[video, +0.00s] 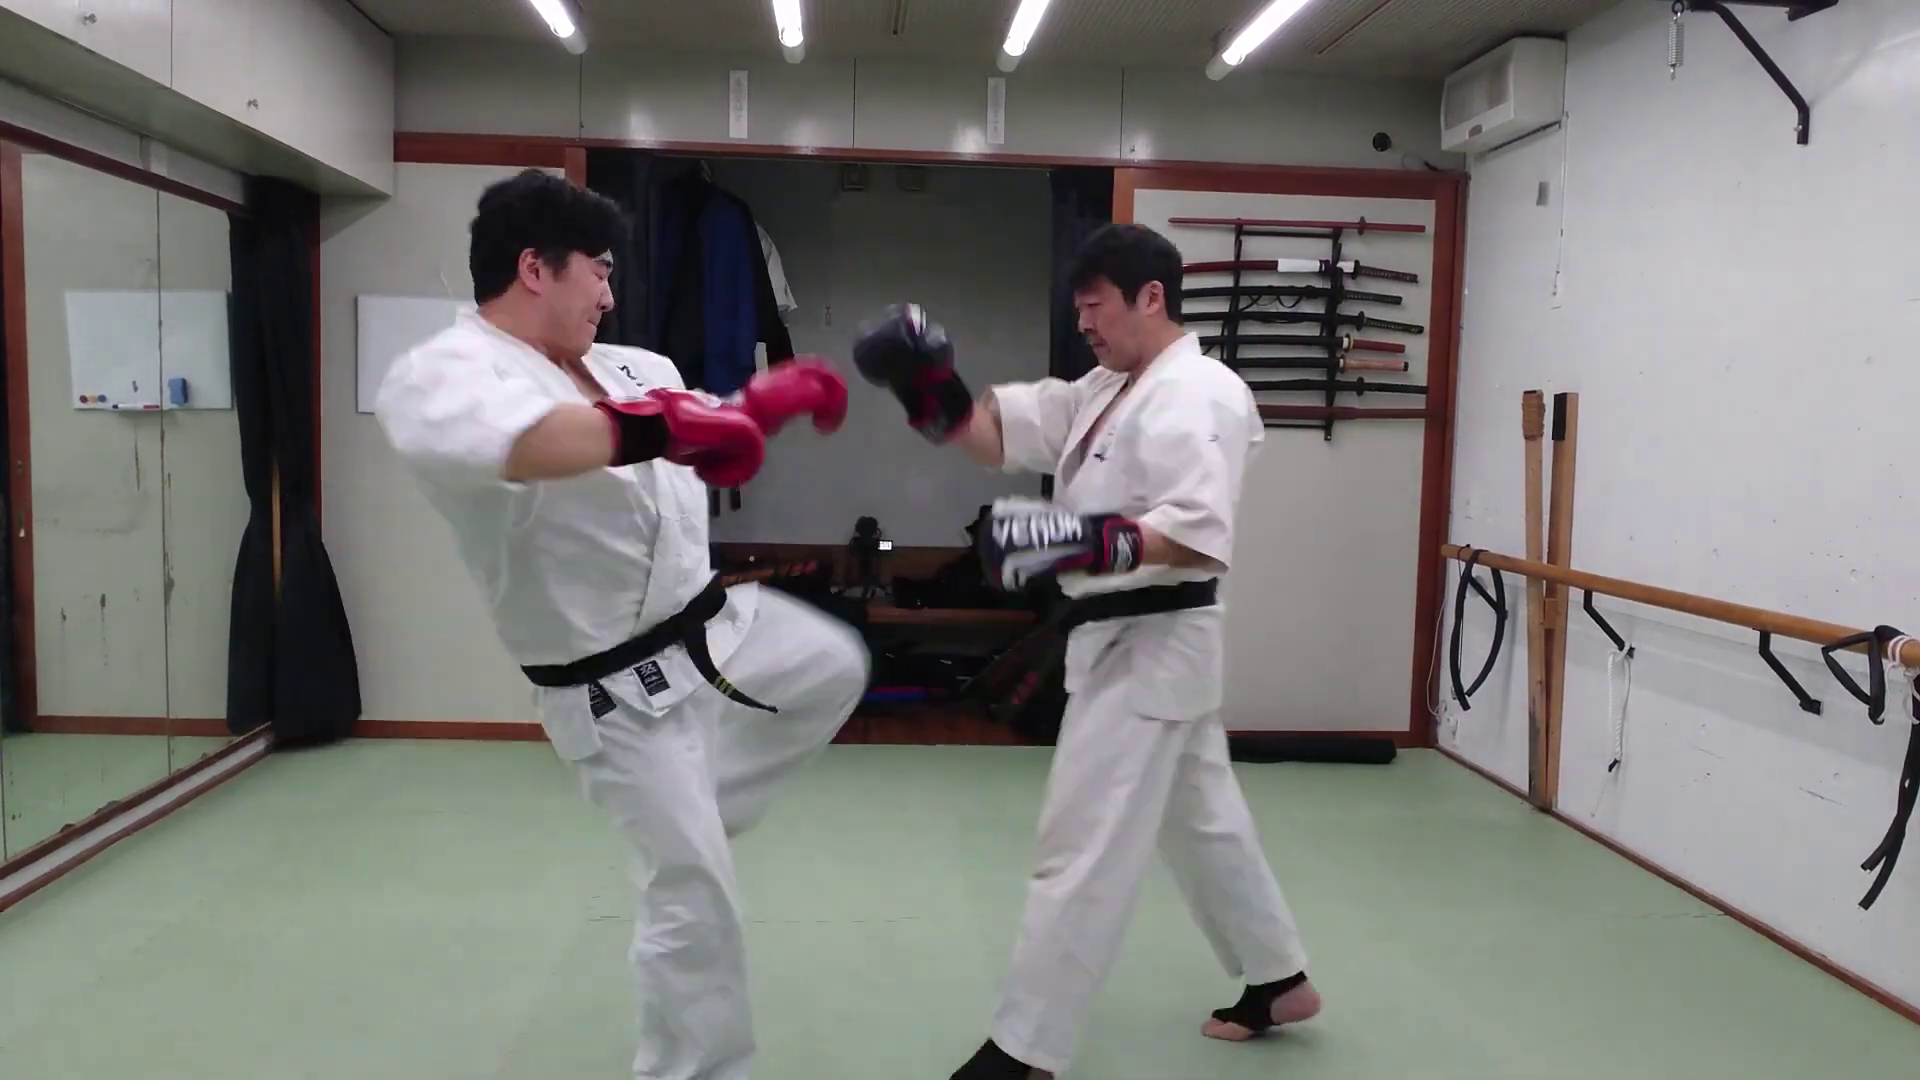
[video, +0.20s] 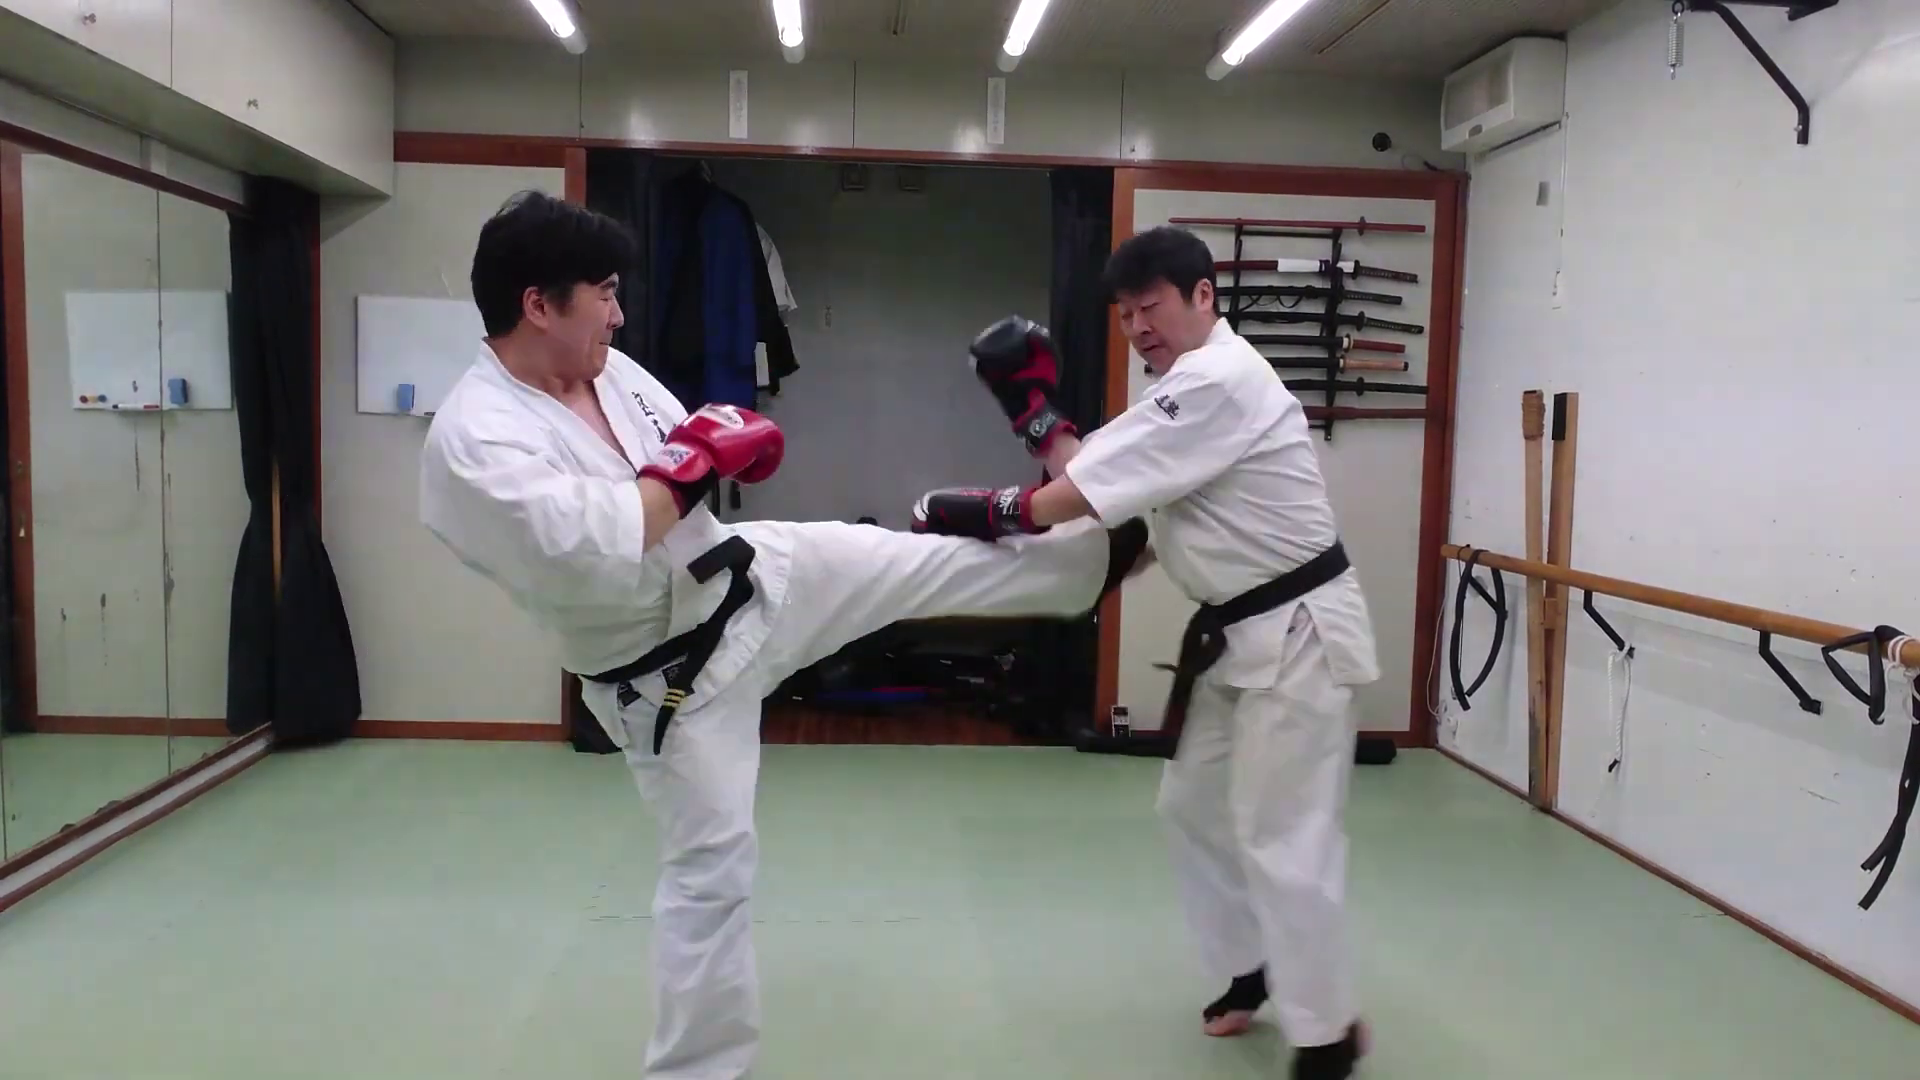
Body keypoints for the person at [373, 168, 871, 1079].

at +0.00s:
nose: (610, 290)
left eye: (609, 270)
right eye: (596, 267)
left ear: (540, 273)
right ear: (533, 270)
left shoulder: (630, 369)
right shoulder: (442, 376)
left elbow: (703, 424)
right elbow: (511, 441)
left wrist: (762, 403)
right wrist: (662, 429)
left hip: (713, 620)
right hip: (618, 688)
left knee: (832, 668)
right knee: (695, 896)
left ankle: (703, 821)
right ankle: (689, 1069)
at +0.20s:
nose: (618, 309)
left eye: (613, 289)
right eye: (602, 291)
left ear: (545, 306)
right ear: (538, 306)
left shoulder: (602, 372)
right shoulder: (475, 442)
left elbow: (689, 451)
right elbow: (606, 552)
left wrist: (730, 443)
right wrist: (698, 459)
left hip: (740, 578)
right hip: (672, 679)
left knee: (917, 560)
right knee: (712, 882)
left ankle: (1098, 555)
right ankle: (695, 1073)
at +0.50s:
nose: (683, 293)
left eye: (683, 273)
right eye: (669, 273)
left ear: (624, 278)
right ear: (605, 278)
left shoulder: (667, 357)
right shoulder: (528, 394)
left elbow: (730, 436)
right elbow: (571, 543)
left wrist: (796, 439)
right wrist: (683, 461)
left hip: (747, 627)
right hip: (644, 667)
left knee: (837, 774)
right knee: (685, 883)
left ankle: (773, 939)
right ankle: (697, 1065)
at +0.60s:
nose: (710, 293)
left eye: (710, 273)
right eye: (696, 274)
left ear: (656, 281)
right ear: (635, 281)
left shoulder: (707, 366)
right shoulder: (555, 383)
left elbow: (762, 454)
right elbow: (590, 529)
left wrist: (794, 398)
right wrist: (690, 449)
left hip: (726, 647)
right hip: (624, 665)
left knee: (765, 811)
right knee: (663, 871)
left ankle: (739, 987)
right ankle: (685, 1061)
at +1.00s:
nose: (643, 328)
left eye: (645, 310)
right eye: (631, 308)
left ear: (586, 313)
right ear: (573, 309)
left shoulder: (600, 406)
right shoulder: (491, 397)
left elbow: (598, 535)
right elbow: (487, 529)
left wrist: (657, 567)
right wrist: (608, 508)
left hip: (594, 660)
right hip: (491, 663)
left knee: (676, 813)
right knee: (430, 824)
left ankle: (719, 987)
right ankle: (301, 945)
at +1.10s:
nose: (591, 351)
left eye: (593, 335)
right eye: (579, 332)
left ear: (538, 332)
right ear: (521, 328)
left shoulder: (555, 419)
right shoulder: (431, 414)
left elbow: (556, 527)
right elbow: (469, 553)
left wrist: (619, 526)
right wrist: (571, 493)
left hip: (531, 672)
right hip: (424, 672)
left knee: (606, 826)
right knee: (367, 834)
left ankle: (699, 970)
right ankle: (290, 966)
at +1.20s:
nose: (551, 341)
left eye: (557, 323)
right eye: (541, 321)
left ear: (499, 320)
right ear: (486, 316)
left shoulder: (499, 406)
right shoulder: (409, 400)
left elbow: (554, 498)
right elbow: (481, 524)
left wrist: (610, 461)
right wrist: (526, 441)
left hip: (482, 647)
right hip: (379, 646)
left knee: (557, 793)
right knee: (349, 812)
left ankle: (608, 963)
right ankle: (293, 973)